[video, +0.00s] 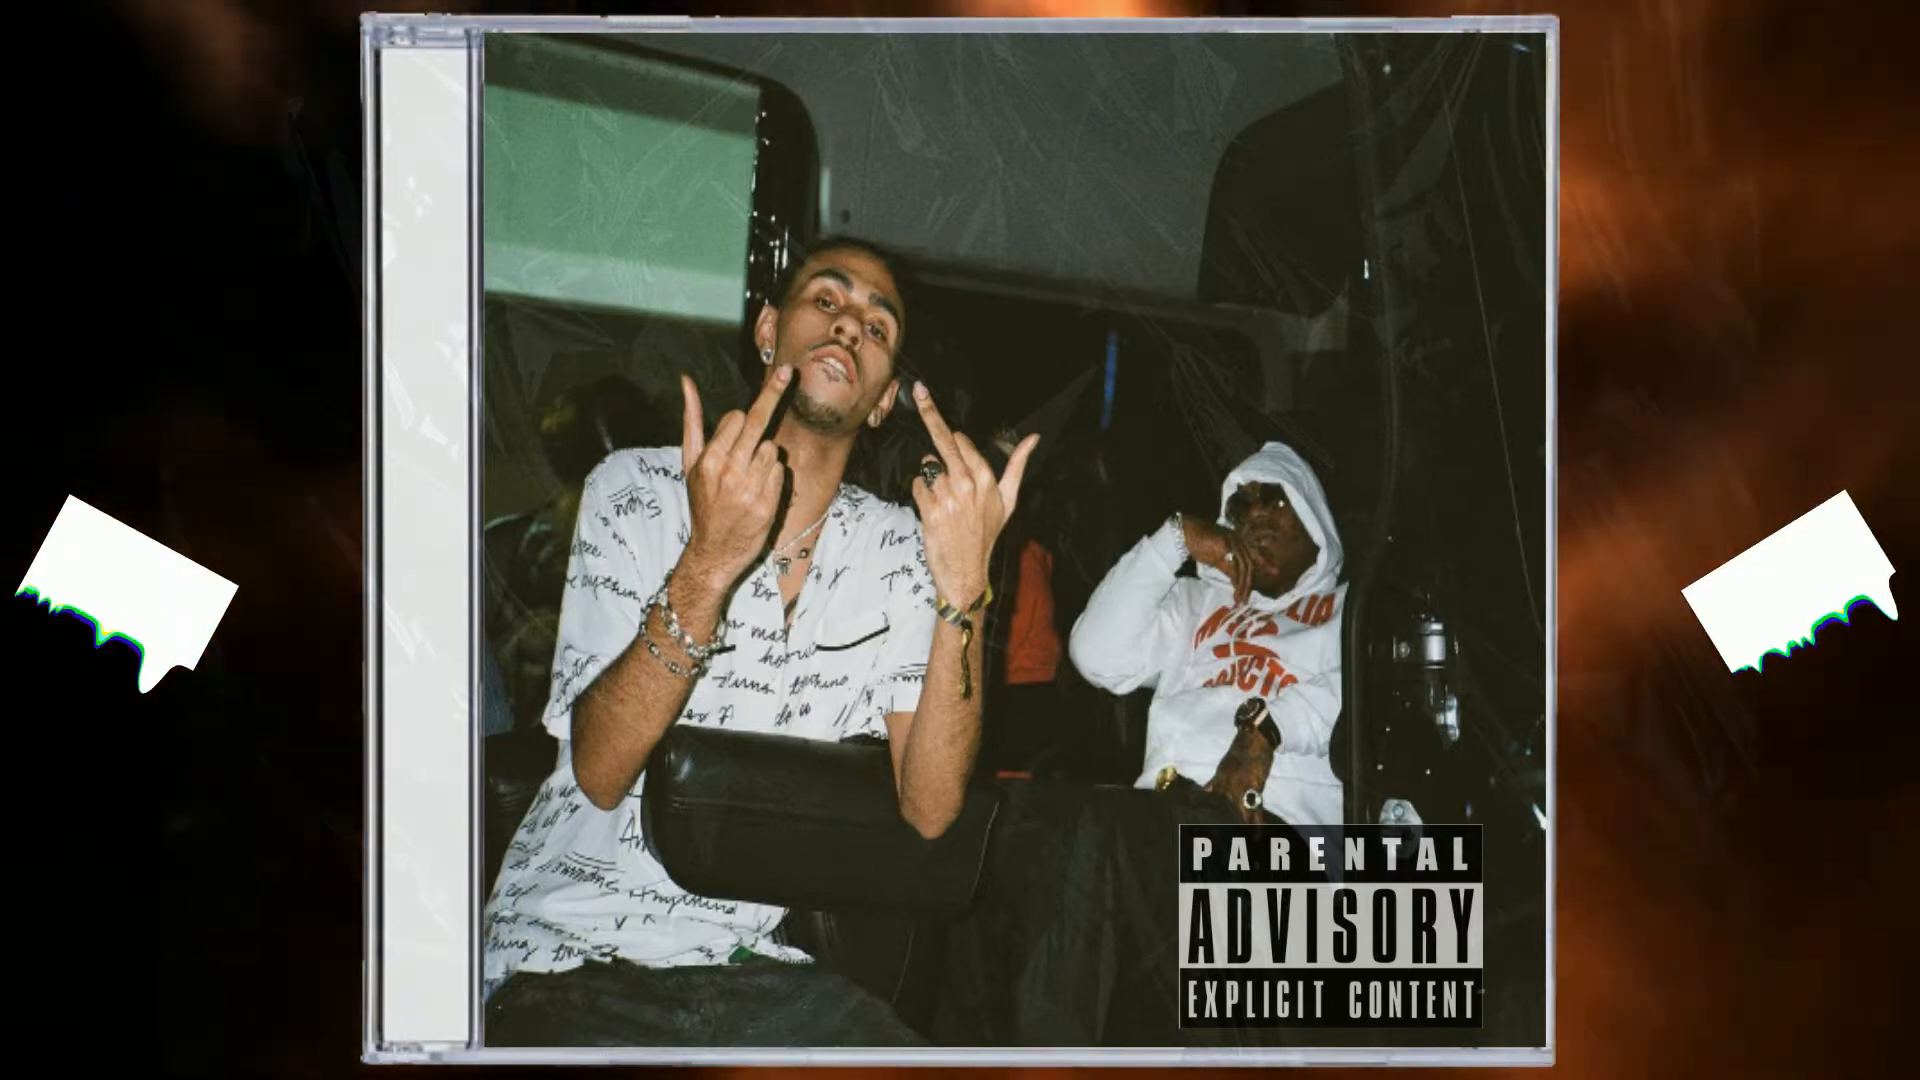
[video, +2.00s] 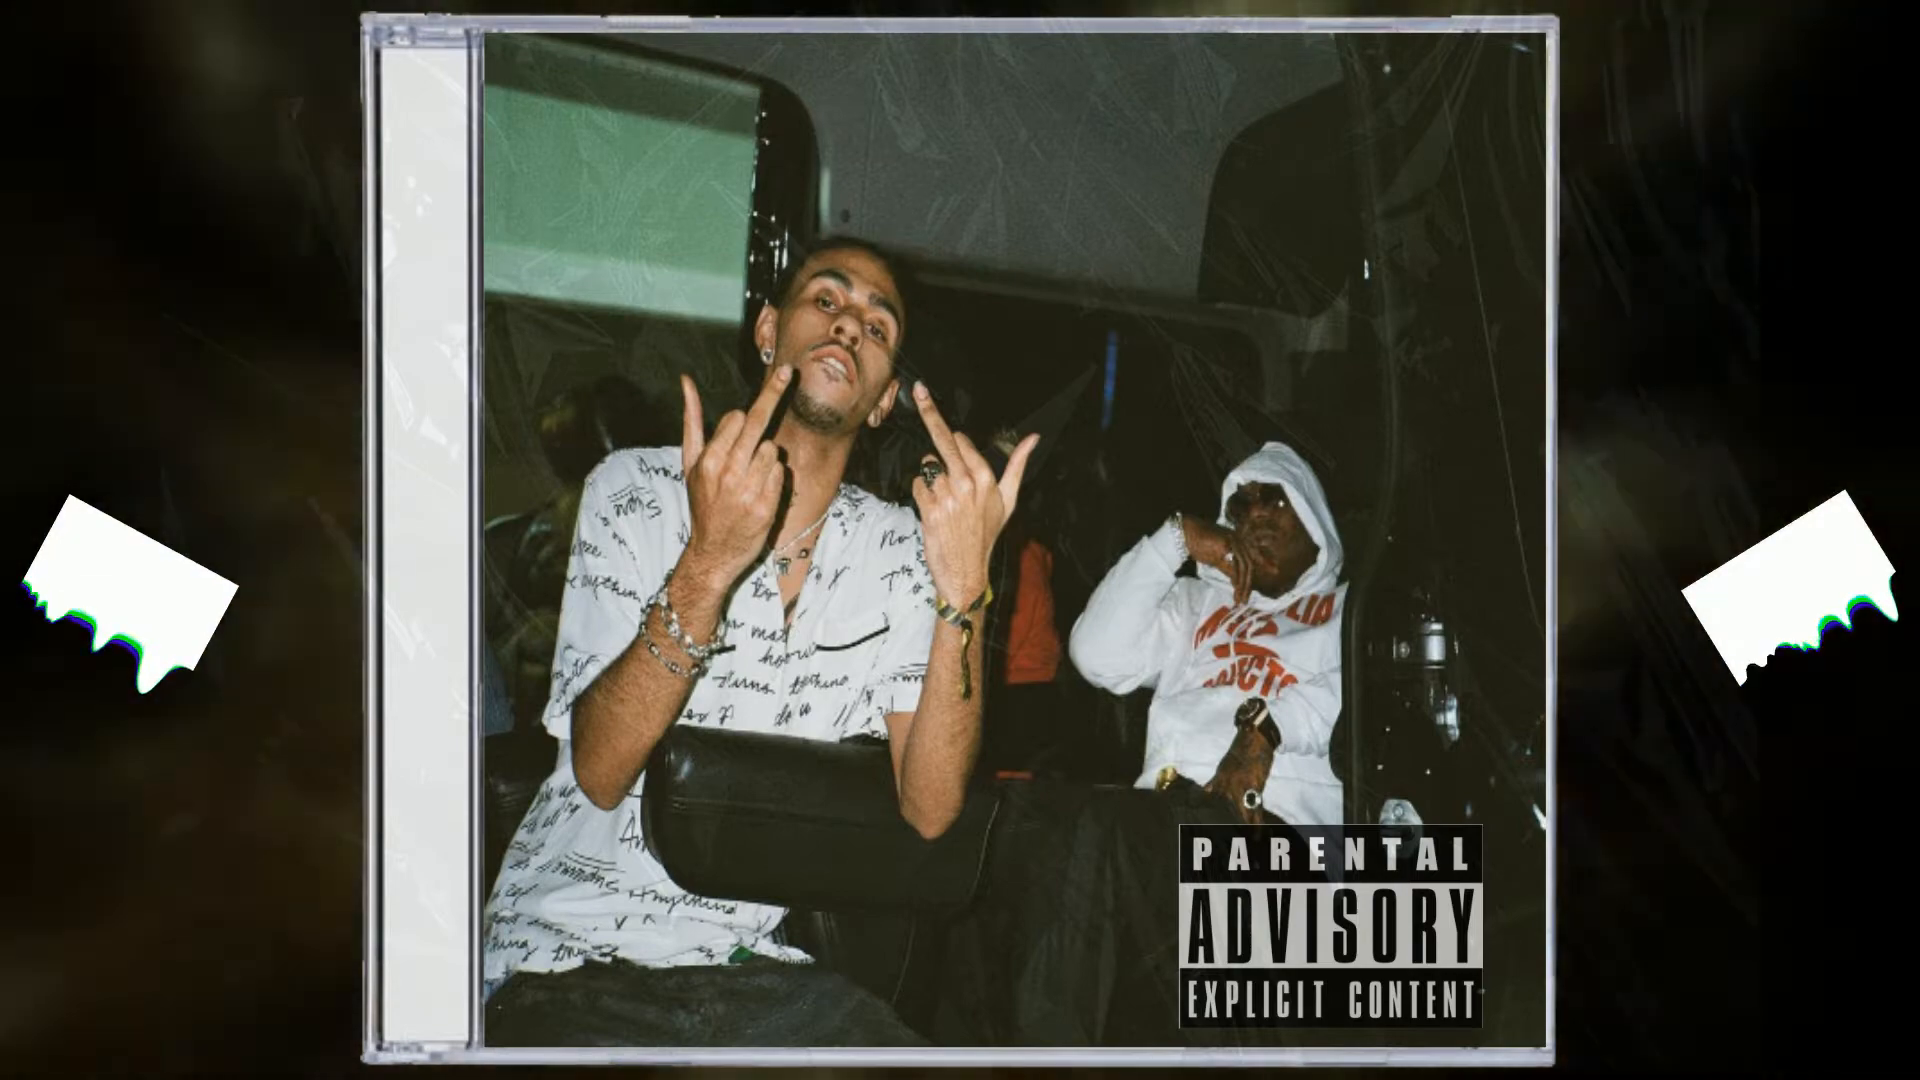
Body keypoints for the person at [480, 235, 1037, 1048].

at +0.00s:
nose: (852, 323)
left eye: (878, 324)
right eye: (826, 299)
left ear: (886, 397)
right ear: (766, 333)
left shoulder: (902, 550)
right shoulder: (637, 490)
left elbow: (930, 809)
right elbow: (601, 771)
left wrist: (965, 594)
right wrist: (709, 564)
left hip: (752, 956)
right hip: (567, 942)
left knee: (907, 1065)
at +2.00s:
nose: (851, 322)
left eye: (878, 323)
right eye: (826, 298)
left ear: (886, 396)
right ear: (767, 333)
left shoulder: (903, 550)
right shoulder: (637, 490)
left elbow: (931, 809)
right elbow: (601, 770)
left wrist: (966, 594)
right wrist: (709, 564)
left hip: (751, 956)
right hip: (568, 944)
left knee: (909, 1064)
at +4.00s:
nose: (851, 323)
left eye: (878, 323)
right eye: (826, 299)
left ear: (887, 395)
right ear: (767, 333)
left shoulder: (903, 550)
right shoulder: (638, 490)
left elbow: (931, 809)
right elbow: (601, 770)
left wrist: (965, 594)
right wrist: (710, 564)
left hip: (755, 956)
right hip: (570, 944)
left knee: (905, 1060)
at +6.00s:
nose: (851, 323)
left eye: (878, 323)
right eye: (826, 298)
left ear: (887, 395)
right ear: (767, 333)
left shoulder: (903, 550)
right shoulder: (638, 490)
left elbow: (931, 809)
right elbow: (601, 770)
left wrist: (966, 594)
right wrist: (710, 564)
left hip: (756, 956)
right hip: (571, 944)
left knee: (907, 1060)